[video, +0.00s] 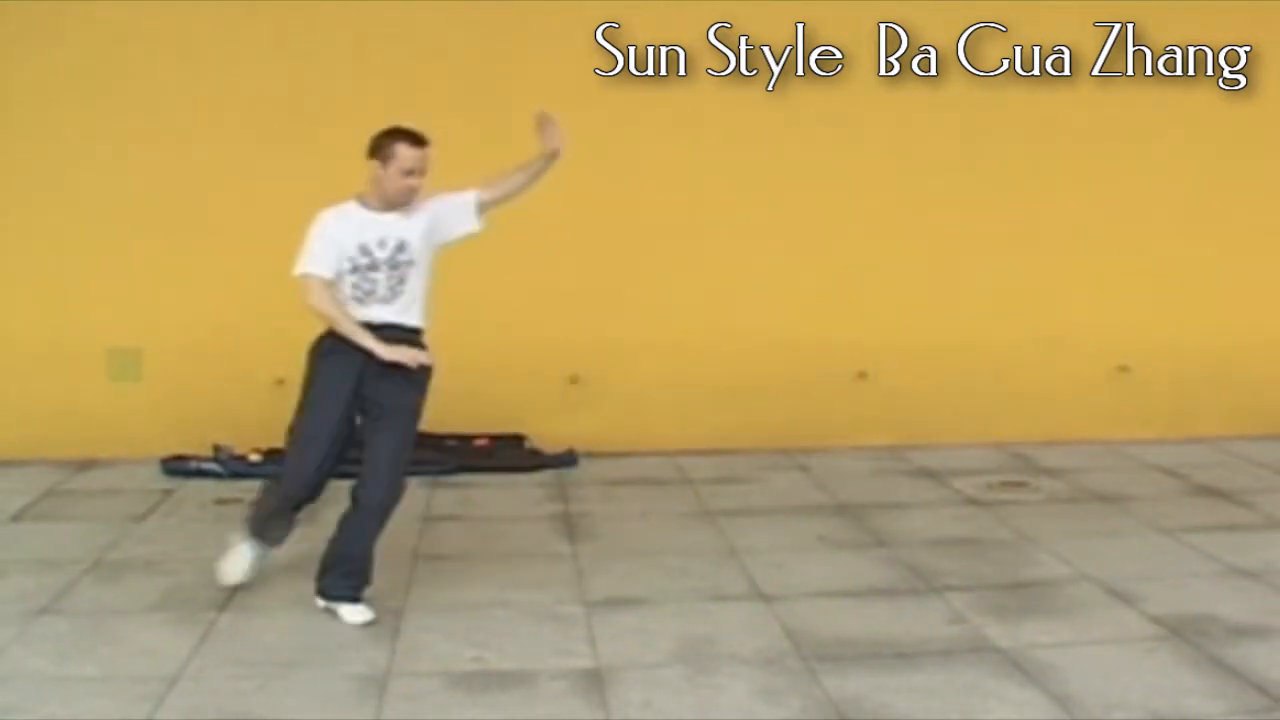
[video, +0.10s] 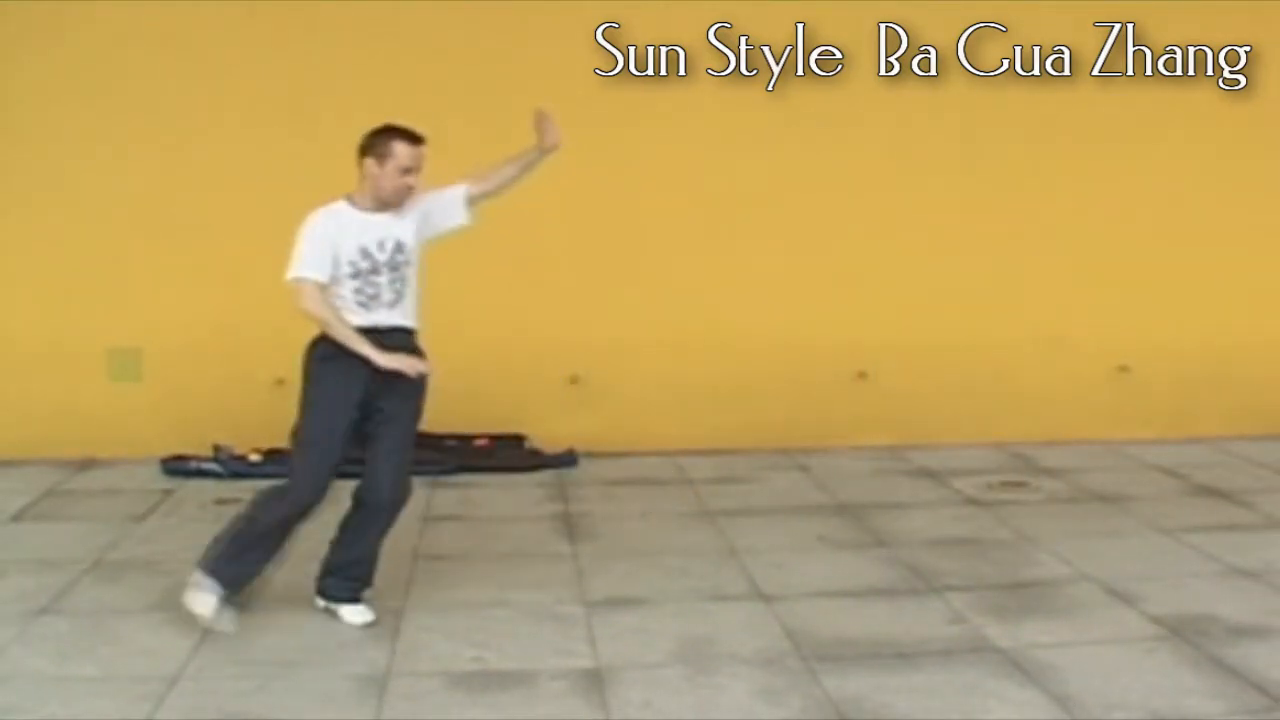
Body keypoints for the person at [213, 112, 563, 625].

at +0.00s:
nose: (418, 184)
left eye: (422, 174)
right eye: (408, 172)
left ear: (423, 174)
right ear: (376, 169)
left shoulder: (427, 217)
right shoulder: (335, 222)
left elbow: (492, 194)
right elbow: (317, 295)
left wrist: (545, 158)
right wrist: (380, 347)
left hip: (403, 356)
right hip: (343, 349)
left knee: (382, 485)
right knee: (306, 467)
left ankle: (340, 588)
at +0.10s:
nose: (414, 184)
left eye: (418, 173)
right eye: (405, 171)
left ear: (415, 174)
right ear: (369, 166)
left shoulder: (415, 214)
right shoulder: (326, 223)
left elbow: (479, 188)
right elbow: (309, 300)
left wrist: (538, 151)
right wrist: (377, 355)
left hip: (402, 355)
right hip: (341, 354)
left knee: (387, 488)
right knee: (309, 481)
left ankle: (341, 588)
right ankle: (216, 578)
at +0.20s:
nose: (413, 182)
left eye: (415, 171)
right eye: (404, 170)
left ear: (405, 172)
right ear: (369, 165)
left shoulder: (407, 210)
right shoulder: (327, 224)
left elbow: (468, 180)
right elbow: (312, 303)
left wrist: (532, 144)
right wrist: (374, 363)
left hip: (394, 355)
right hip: (339, 357)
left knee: (388, 488)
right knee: (321, 482)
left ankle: (343, 589)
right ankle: (273, 618)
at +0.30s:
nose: (417, 179)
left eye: (419, 167)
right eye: (409, 167)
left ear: (385, 165)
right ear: (372, 161)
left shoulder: (399, 206)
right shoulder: (331, 219)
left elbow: (458, 170)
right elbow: (319, 303)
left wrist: (525, 135)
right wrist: (381, 369)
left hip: (385, 355)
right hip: (333, 360)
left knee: (391, 492)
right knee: (344, 491)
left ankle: (343, 593)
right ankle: (347, 633)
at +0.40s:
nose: (420, 173)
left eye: (422, 162)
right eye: (415, 161)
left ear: (385, 158)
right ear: (381, 157)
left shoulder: (381, 204)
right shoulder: (339, 215)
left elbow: (438, 165)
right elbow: (334, 298)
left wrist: (509, 129)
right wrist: (385, 370)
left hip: (370, 357)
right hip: (337, 363)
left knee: (386, 487)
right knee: (378, 495)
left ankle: (337, 580)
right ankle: (382, 642)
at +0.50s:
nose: (423, 172)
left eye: (426, 161)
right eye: (419, 159)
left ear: (385, 155)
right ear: (392, 154)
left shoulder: (359, 195)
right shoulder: (356, 208)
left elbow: (423, 159)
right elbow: (358, 301)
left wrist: (475, 130)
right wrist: (403, 366)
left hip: (339, 355)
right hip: (341, 361)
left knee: (370, 489)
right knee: (389, 507)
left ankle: (326, 591)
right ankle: (382, 646)